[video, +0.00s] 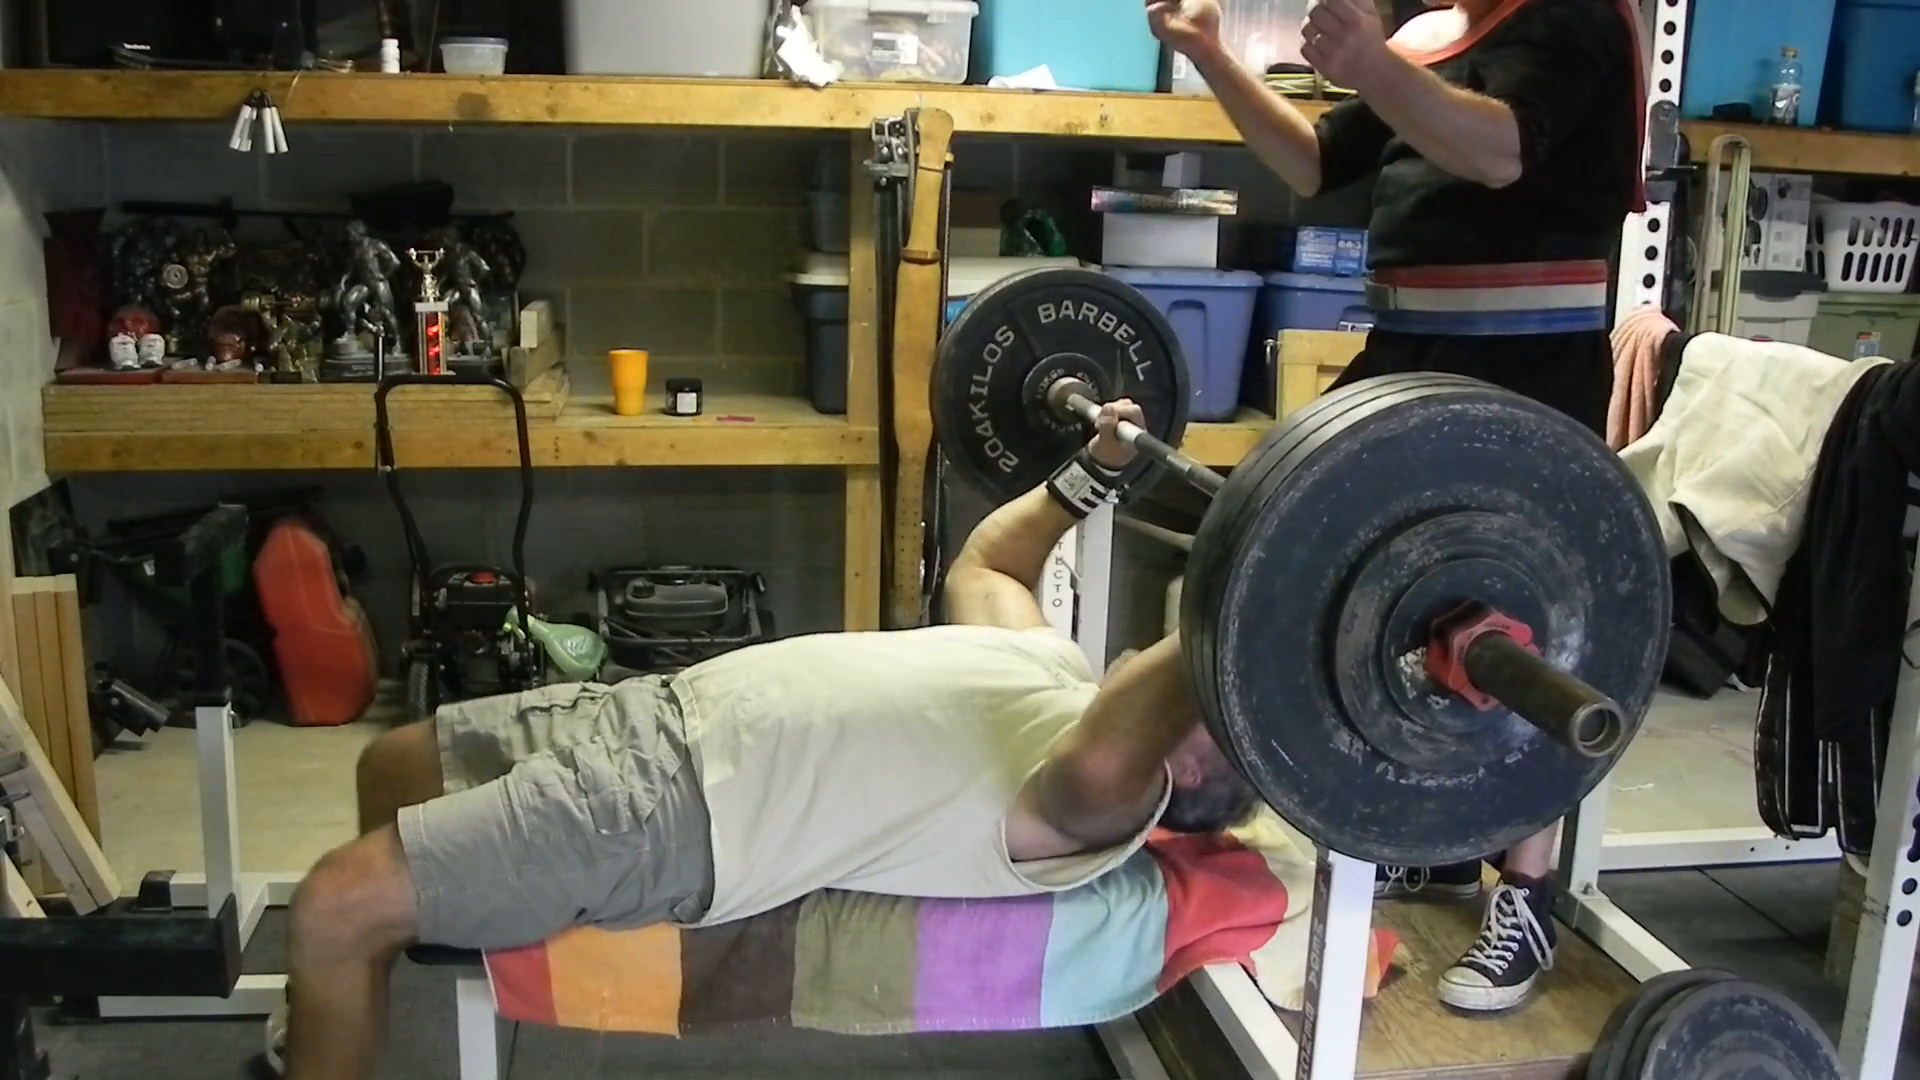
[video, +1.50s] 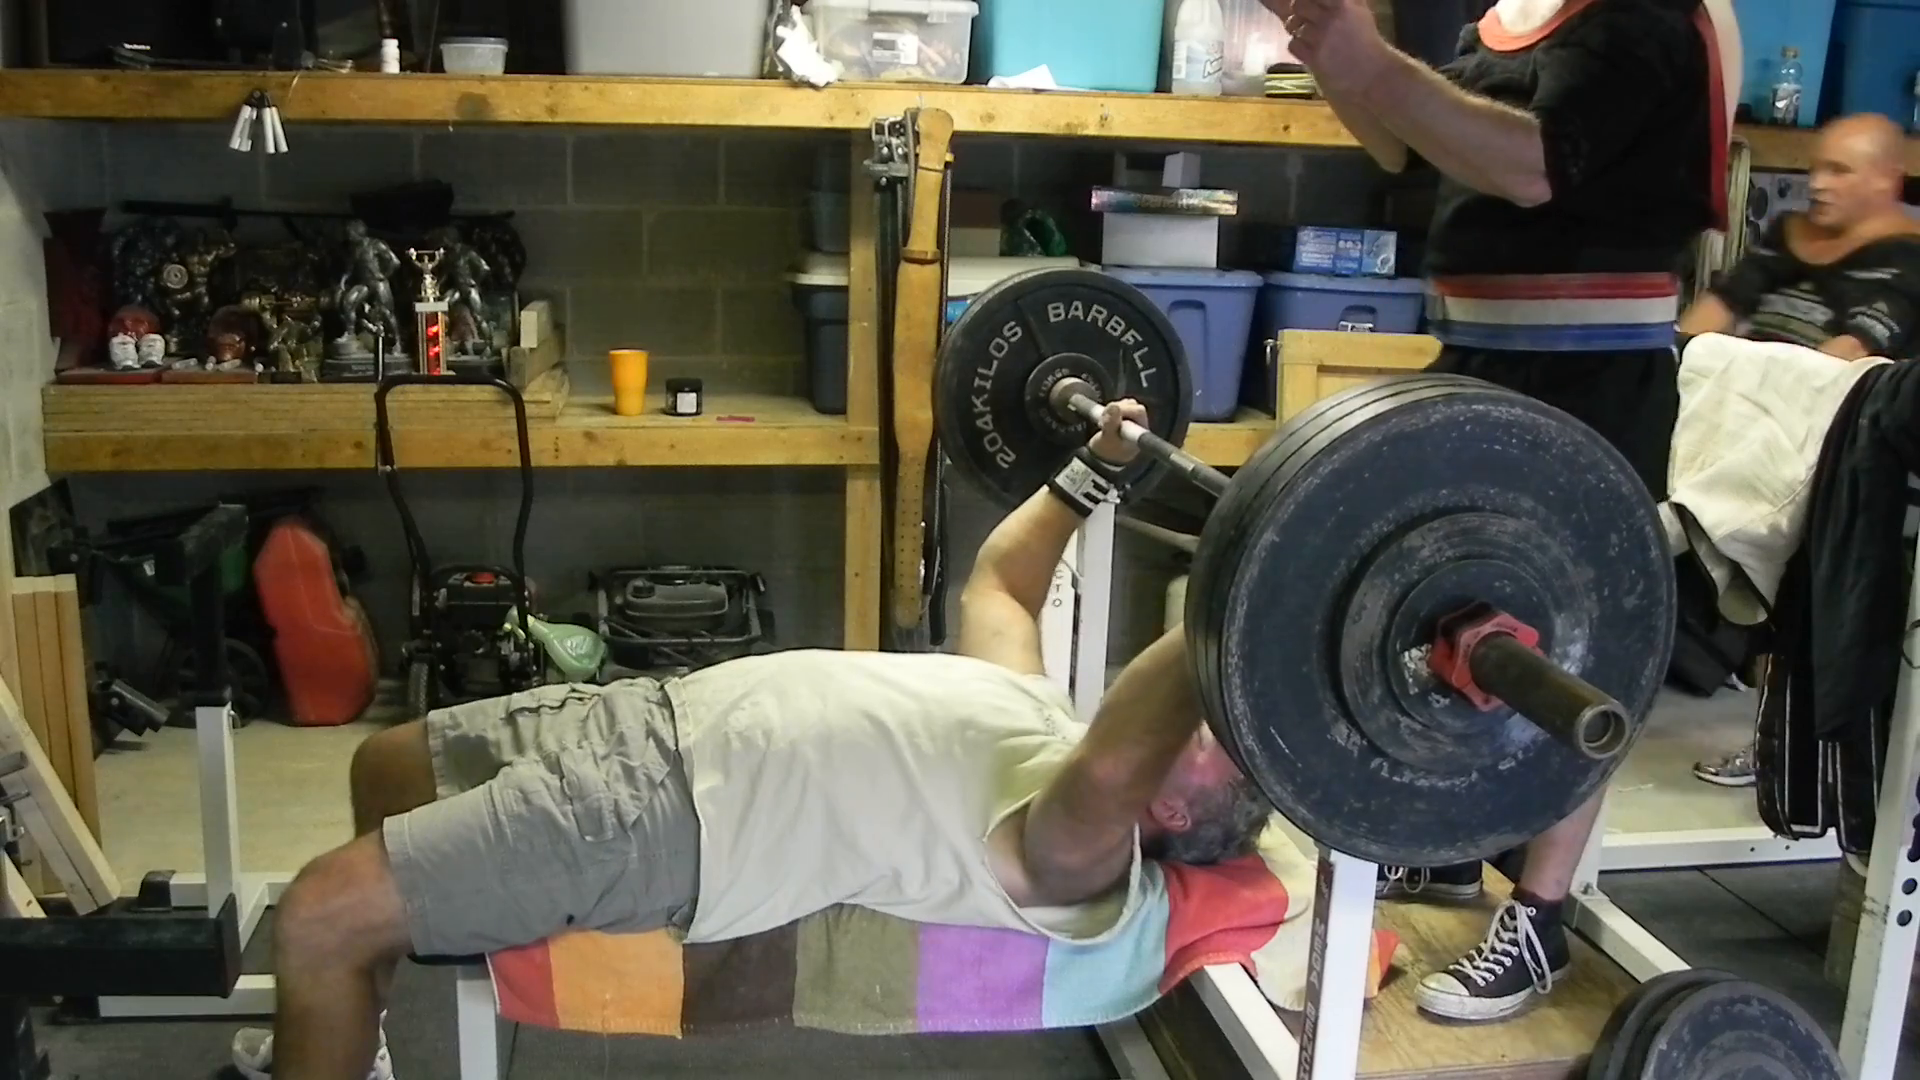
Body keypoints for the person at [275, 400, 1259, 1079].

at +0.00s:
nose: (1182, 695)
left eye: (1208, 712)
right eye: (1199, 689)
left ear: (1208, 766)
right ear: (1174, 669)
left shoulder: (1092, 809)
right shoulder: (1047, 670)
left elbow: (1112, 741)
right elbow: (991, 563)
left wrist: (1248, 609)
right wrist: (1088, 473)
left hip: (673, 814)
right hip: (649, 706)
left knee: (338, 903)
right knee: (391, 766)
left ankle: (319, 1064)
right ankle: (368, 985)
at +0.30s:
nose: (1189, 717)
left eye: (1222, 734)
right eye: (1204, 705)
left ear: (1215, 795)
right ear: (1174, 705)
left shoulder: (1087, 839)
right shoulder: (1029, 700)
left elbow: (1120, 766)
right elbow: (998, 571)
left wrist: (1248, 627)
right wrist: (1085, 476)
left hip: (664, 816)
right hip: (644, 707)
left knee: (326, 913)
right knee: (384, 770)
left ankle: (329, 1060)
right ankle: (397, 982)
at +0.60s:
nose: (1187, 738)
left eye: (1217, 748)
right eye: (1204, 721)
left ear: (1210, 807)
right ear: (1176, 732)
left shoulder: (1076, 851)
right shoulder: (1018, 706)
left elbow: (1133, 764)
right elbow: (1001, 571)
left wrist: (1246, 619)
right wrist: (1088, 469)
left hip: (661, 820)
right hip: (641, 708)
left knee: (322, 917)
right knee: (383, 767)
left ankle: (321, 1064)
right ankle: (402, 968)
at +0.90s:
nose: (1188, 728)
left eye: (1220, 743)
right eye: (1206, 715)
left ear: (1210, 810)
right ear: (1181, 721)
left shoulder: (1090, 861)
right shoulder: (1031, 718)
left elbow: (1127, 750)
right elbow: (1004, 583)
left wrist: (1229, 607)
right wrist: (1089, 473)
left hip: (672, 822)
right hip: (651, 710)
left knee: (334, 922)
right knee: (383, 768)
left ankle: (319, 1069)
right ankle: (344, 1020)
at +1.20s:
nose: (1198, 744)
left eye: (1225, 752)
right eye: (1212, 728)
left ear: (1219, 809)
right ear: (1188, 736)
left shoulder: (1098, 861)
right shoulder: (1039, 714)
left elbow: (1147, 766)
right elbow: (1014, 587)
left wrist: (1247, 612)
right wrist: (1093, 470)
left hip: (675, 818)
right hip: (656, 711)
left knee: (340, 912)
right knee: (397, 768)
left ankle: (315, 1068)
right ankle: (399, 999)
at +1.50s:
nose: (1190, 740)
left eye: (1219, 751)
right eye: (1203, 724)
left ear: (1203, 816)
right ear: (1172, 739)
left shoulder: (1074, 861)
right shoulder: (1023, 715)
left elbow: (1128, 748)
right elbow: (1007, 581)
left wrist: (1243, 605)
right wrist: (1089, 467)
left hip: (664, 821)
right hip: (648, 712)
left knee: (318, 917)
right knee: (384, 766)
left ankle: (333, 1061)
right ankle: (373, 1007)